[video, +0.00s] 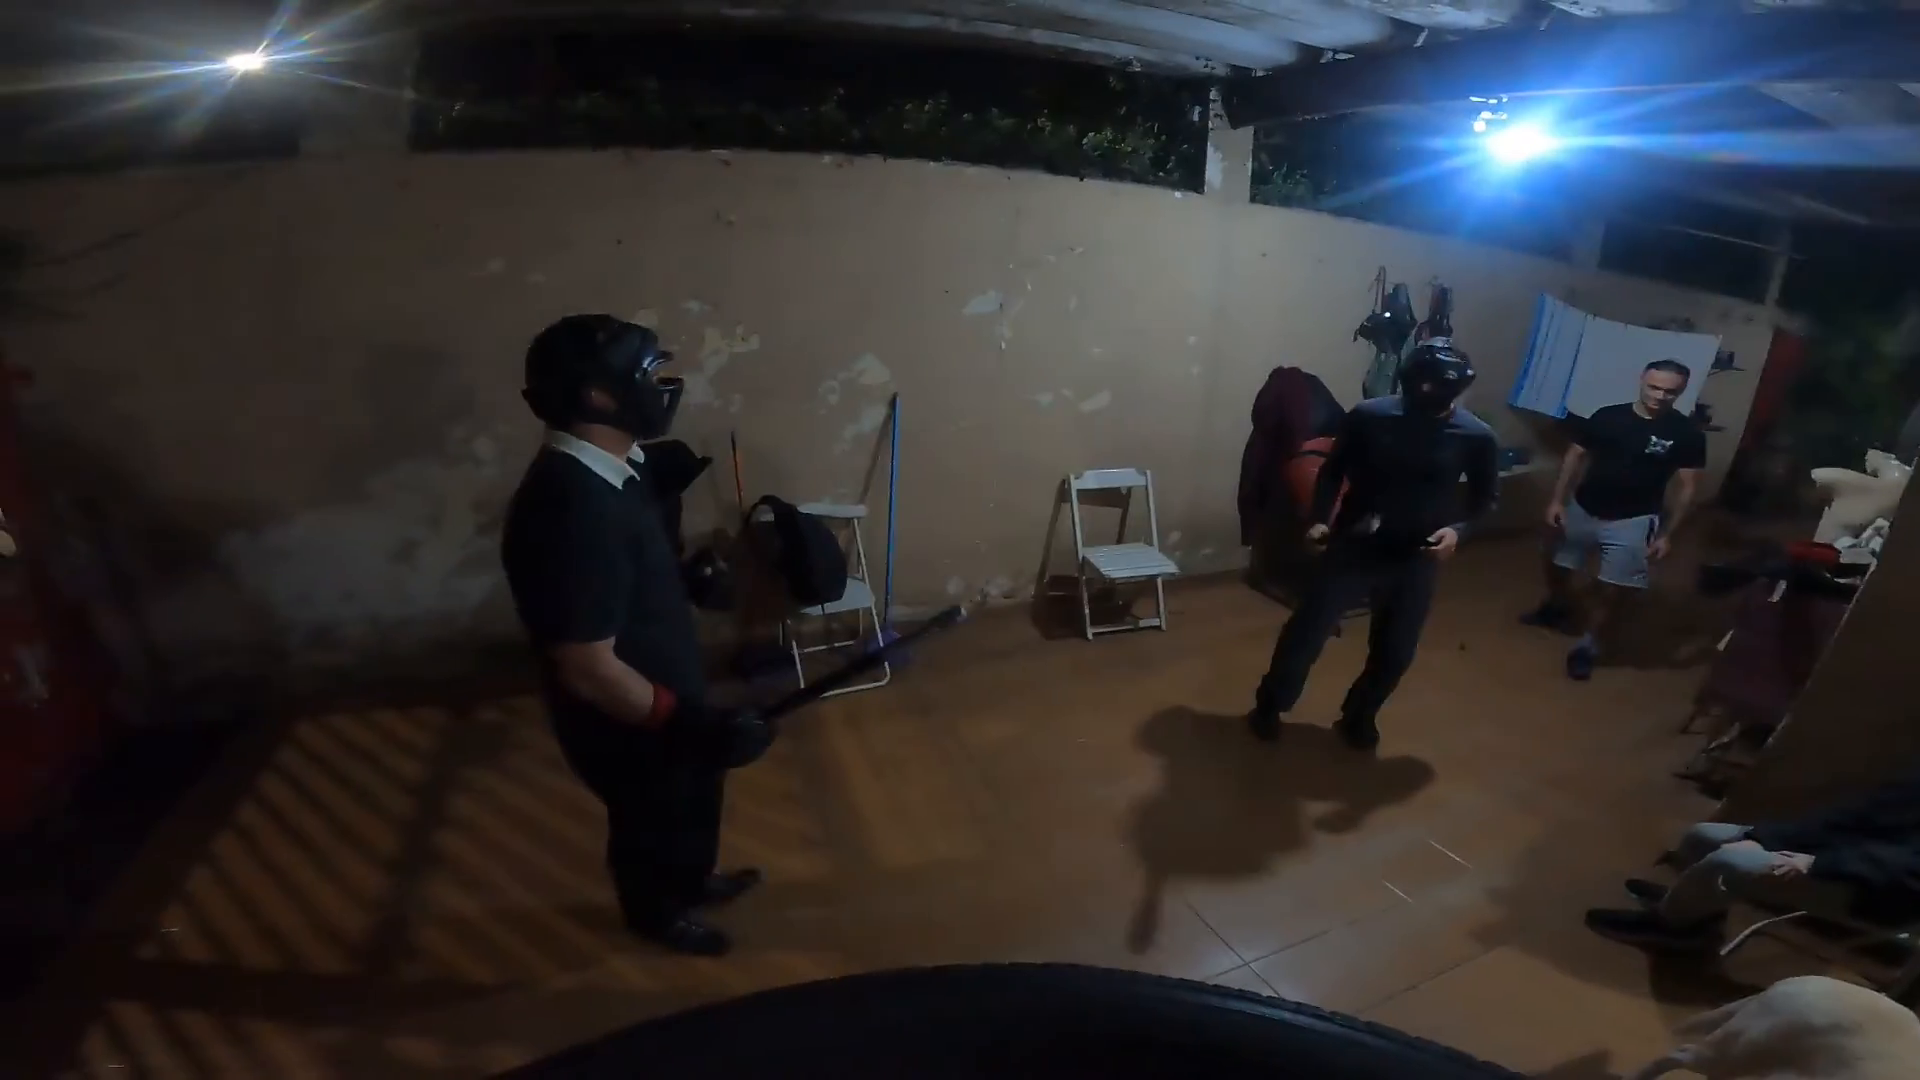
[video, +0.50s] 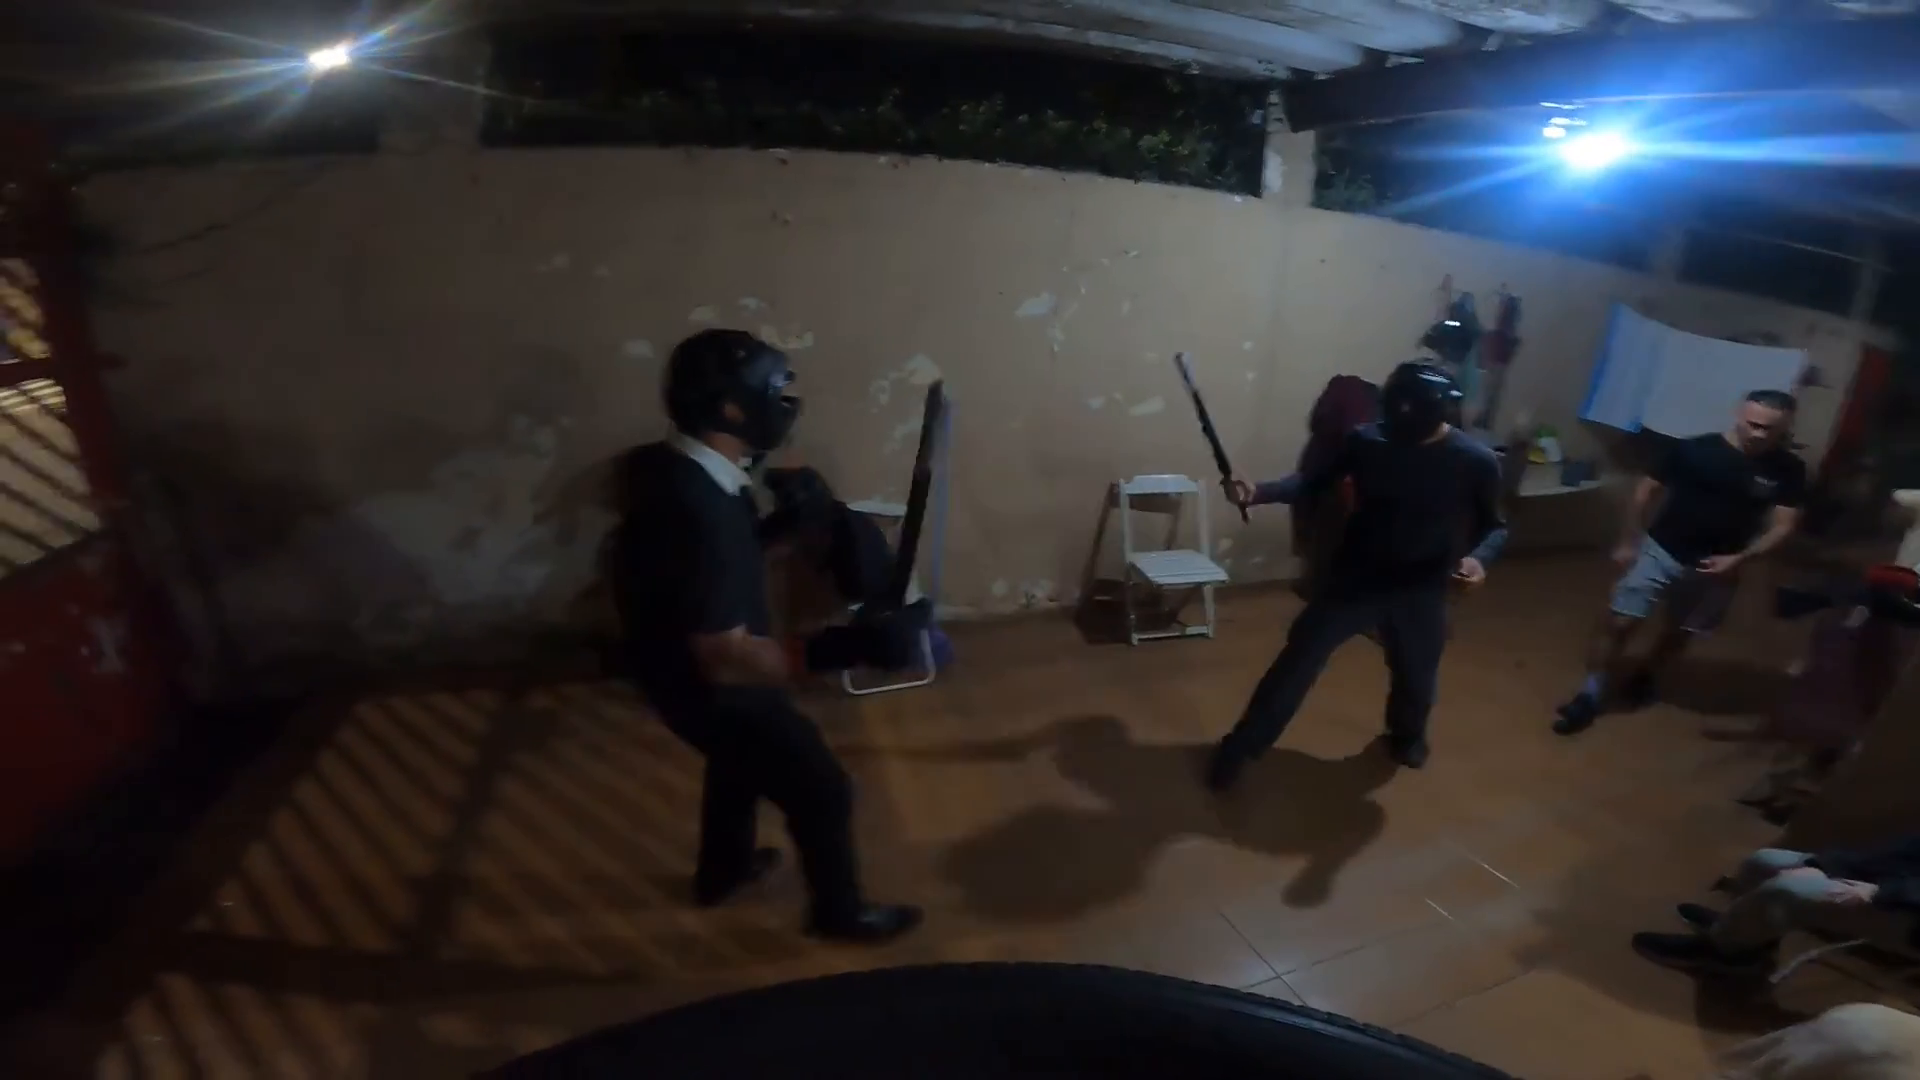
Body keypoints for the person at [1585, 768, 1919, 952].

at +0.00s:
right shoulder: (1910, 796)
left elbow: (1902, 868)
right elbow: (1855, 817)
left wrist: (1818, 865)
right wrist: (1763, 834)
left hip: (1866, 891)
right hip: (1836, 851)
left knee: (1727, 863)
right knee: (1703, 836)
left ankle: (1669, 921)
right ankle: (1682, 903)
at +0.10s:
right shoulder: (1912, 802)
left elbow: (1907, 871)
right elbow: (1865, 823)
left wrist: (1830, 869)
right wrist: (1778, 839)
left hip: (1875, 894)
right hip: (1848, 857)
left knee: (1738, 868)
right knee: (1712, 840)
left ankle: (1678, 924)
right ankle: (1691, 904)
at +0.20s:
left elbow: (1910, 877)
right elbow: (1882, 832)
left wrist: (1842, 874)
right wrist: (1786, 844)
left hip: (1891, 901)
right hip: (1866, 862)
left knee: (1748, 873)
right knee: (1721, 847)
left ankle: (1685, 930)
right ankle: (1706, 912)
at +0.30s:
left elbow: (1914, 885)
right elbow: (1898, 840)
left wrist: (1859, 883)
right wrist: (1805, 853)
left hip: (1900, 905)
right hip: (1877, 867)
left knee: (1761, 878)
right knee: (1737, 852)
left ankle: (1698, 936)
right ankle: (1715, 916)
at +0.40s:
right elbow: (1898, 844)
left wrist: (1866, 886)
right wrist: (1811, 857)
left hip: (1901, 908)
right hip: (1880, 871)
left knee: (1768, 881)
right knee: (1744, 855)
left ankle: (1704, 938)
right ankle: (1722, 919)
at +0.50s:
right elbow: (1902, 856)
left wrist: (1881, 895)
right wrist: (1826, 865)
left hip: (1904, 915)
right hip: (1884, 881)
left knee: (1784, 891)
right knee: (1763, 863)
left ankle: (1720, 947)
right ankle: (1735, 927)